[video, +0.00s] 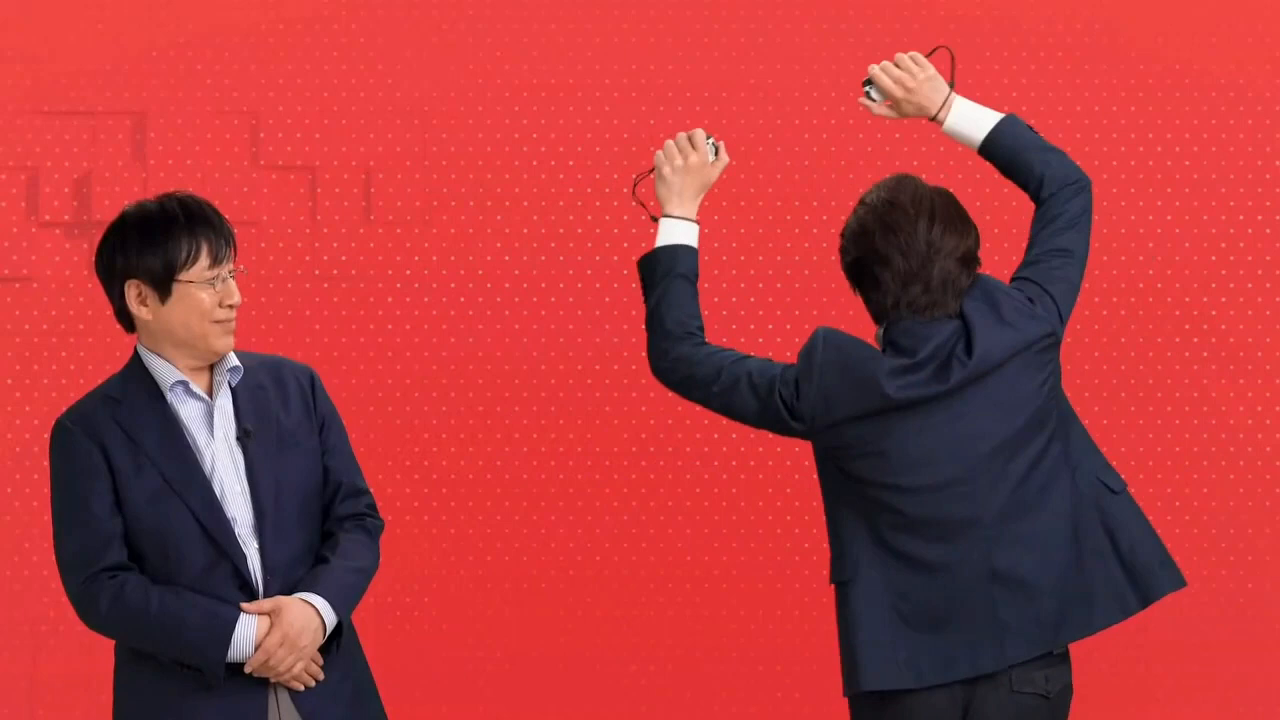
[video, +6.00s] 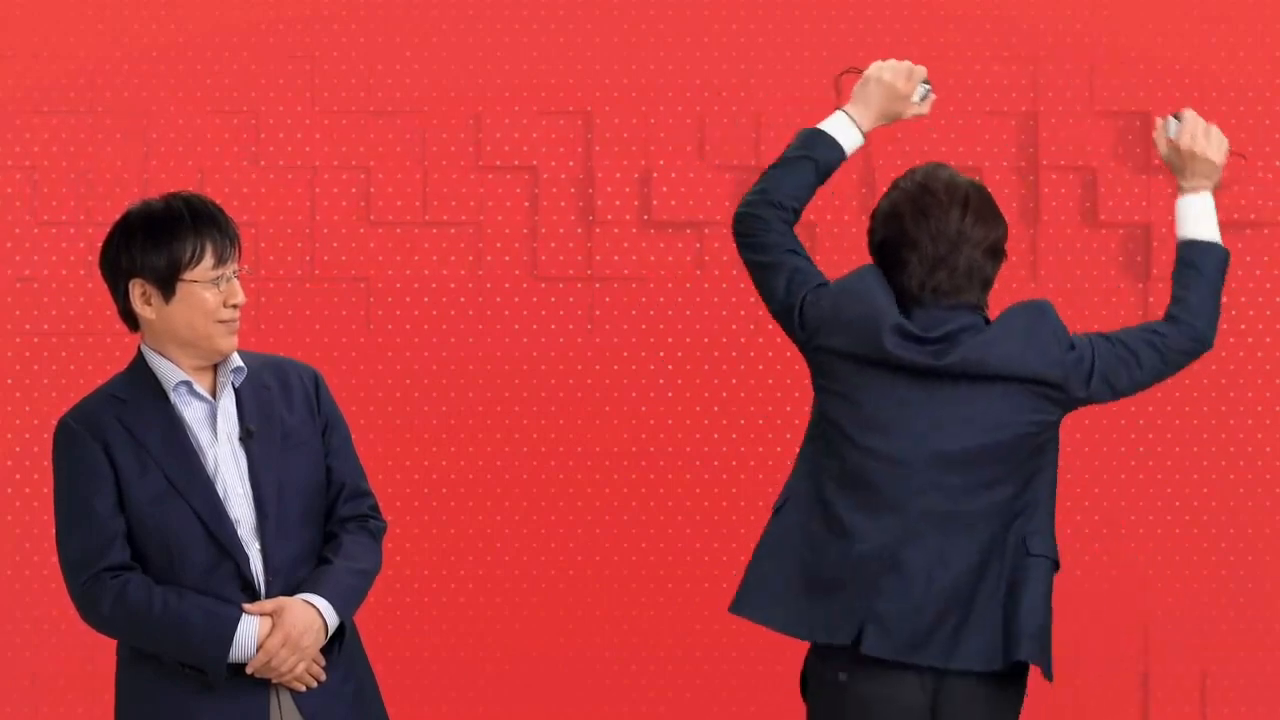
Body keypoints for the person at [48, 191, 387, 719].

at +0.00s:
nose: (233, 297)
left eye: (232, 277)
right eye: (210, 282)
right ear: (142, 300)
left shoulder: (296, 388)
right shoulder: (88, 433)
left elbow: (358, 522)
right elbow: (100, 590)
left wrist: (317, 611)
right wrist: (249, 638)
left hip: (331, 699)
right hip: (189, 706)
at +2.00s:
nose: (237, 298)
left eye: (235, 278)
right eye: (214, 282)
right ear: (146, 300)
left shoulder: (301, 389)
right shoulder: (92, 432)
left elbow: (361, 523)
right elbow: (103, 590)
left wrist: (320, 612)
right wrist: (251, 639)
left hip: (334, 700)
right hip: (192, 708)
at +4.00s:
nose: (238, 298)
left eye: (236, 278)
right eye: (214, 282)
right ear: (147, 300)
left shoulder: (302, 390)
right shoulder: (93, 433)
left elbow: (361, 525)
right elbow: (103, 591)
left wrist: (320, 612)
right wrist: (251, 639)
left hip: (333, 700)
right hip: (192, 708)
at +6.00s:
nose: (237, 297)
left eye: (235, 277)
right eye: (213, 282)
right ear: (146, 300)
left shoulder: (300, 389)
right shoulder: (91, 433)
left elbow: (360, 524)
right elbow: (102, 589)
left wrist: (319, 612)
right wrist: (250, 639)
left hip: (333, 699)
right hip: (191, 707)